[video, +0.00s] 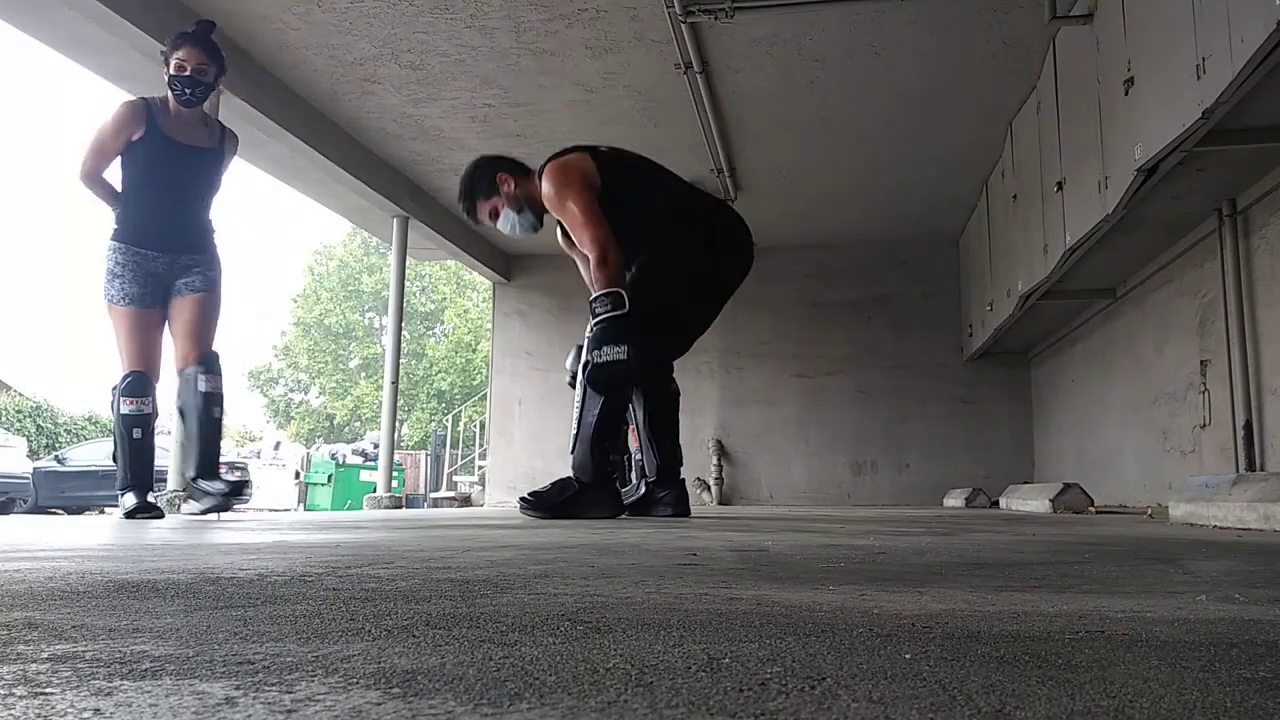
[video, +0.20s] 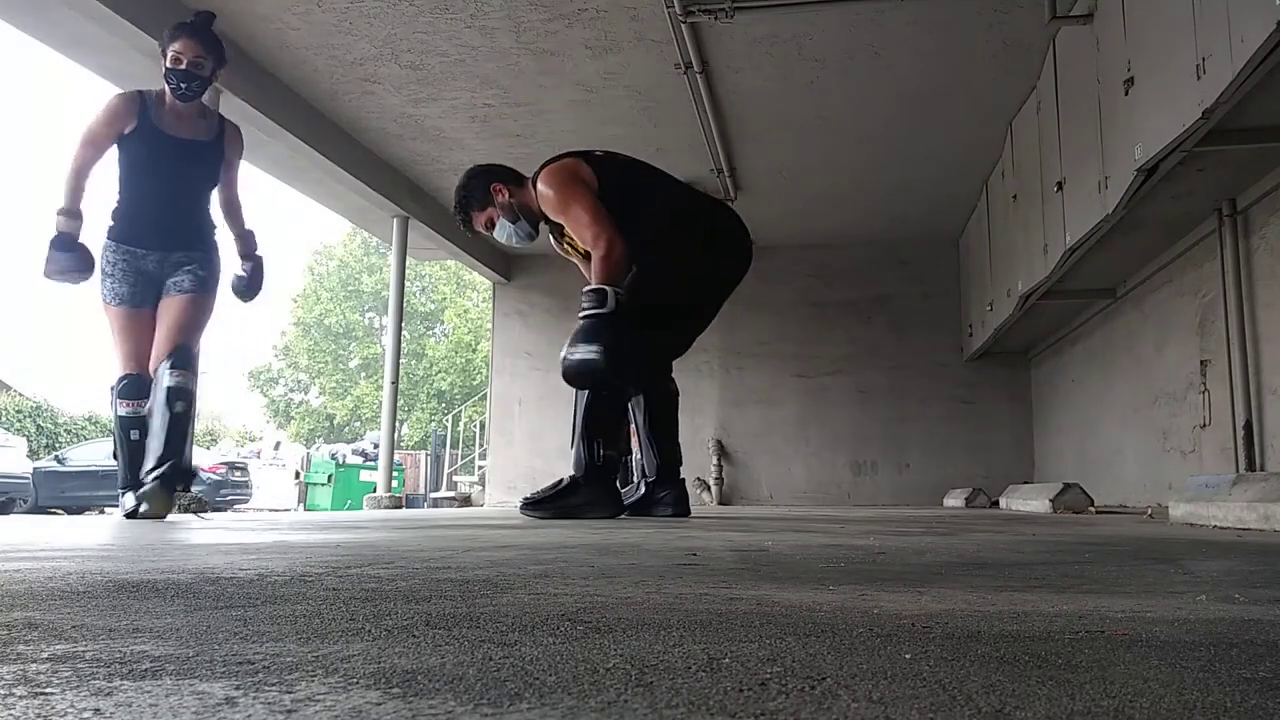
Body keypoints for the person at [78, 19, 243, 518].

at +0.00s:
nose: (188, 77)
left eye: (200, 70)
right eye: (180, 66)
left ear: (216, 79)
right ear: (166, 69)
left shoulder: (226, 141)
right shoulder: (137, 113)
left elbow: (204, 197)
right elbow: (90, 172)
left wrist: (188, 223)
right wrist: (128, 210)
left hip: (196, 258)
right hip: (135, 255)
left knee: (200, 366)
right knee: (139, 378)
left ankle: (205, 479)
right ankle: (137, 492)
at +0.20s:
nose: (184, 69)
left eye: (197, 62)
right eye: (176, 58)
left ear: (215, 71)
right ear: (163, 60)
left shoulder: (226, 135)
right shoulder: (130, 106)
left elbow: (229, 201)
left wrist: (247, 251)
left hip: (194, 256)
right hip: (128, 252)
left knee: (173, 362)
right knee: (133, 376)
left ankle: (163, 482)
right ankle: (133, 489)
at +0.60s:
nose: (160, 32)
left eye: (175, 24)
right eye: (152, 20)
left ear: (198, 34)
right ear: (142, 23)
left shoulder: (214, 94)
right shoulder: (114, 82)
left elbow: (228, 176)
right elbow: (86, 151)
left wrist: (201, 195)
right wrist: (66, 155)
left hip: (178, 233)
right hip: (114, 228)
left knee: (166, 359)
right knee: (79, 359)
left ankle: (150, 490)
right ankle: (121, 465)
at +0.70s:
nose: (149, 19)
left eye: (164, 12)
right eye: (142, 10)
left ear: (188, 23)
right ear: (132, 17)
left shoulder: (204, 84)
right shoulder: (107, 76)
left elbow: (221, 160)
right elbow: (87, 151)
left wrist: (191, 168)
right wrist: (80, 136)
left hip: (171, 224)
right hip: (108, 221)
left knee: (161, 354)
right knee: (62, 347)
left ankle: (150, 487)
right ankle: (81, 475)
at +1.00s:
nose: (108, 10)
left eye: (121, 4)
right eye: (100, 3)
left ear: (138, 9)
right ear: (83, 6)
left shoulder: (158, 67)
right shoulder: (47, 54)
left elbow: (195, 149)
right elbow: (14, 135)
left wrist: (160, 147)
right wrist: (34, 108)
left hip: (133, 216)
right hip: (59, 211)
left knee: (133, 354)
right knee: (17, 346)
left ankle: (146, 489)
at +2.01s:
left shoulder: (151, 31)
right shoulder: (29, 5)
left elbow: (147, 132)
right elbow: (1, 52)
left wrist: (157, 115)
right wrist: (26, 71)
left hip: (101, 176)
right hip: (20, 158)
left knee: (84, 337)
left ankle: (63, 484)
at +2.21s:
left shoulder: (114, 15)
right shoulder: (22, 10)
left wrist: (132, 101)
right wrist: (8, 43)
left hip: (82, 158)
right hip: (13, 145)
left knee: (78, 323)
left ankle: (64, 483)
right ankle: (62, 482)